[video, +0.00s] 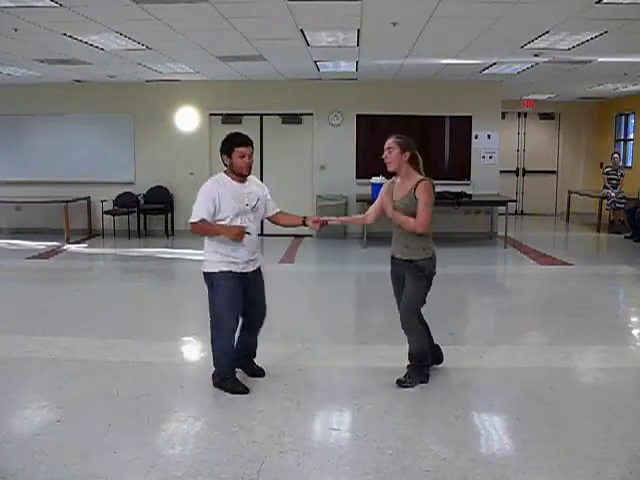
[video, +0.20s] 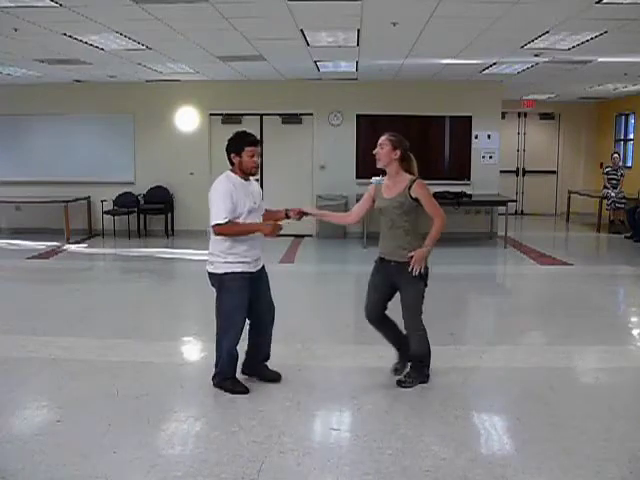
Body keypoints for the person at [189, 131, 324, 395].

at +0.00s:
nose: (248, 160)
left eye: (250, 155)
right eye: (242, 156)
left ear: (252, 157)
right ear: (226, 158)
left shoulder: (257, 187)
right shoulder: (212, 187)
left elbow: (275, 216)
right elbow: (197, 225)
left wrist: (306, 220)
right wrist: (225, 231)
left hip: (250, 266)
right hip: (221, 268)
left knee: (256, 314)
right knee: (225, 321)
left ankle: (244, 358)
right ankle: (223, 375)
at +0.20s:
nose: (256, 161)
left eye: (257, 156)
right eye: (251, 156)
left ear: (257, 157)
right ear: (234, 158)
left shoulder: (254, 185)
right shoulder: (223, 186)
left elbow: (258, 215)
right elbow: (220, 227)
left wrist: (286, 214)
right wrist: (260, 228)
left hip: (254, 267)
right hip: (229, 269)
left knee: (264, 316)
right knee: (231, 325)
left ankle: (255, 365)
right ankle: (224, 376)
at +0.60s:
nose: (270, 160)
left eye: (272, 155)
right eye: (263, 155)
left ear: (273, 157)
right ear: (248, 158)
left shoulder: (259, 185)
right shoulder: (242, 184)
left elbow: (262, 220)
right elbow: (259, 222)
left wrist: (285, 222)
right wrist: (294, 211)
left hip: (261, 264)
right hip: (247, 266)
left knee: (264, 318)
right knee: (264, 318)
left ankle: (260, 369)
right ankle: (232, 365)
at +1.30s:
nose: (253, 158)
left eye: (256, 154)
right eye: (247, 154)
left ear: (258, 156)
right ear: (232, 157)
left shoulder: (252, 185)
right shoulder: (226, 184)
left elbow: (264, 216)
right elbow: (233, 227)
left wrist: (281, 193)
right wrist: (274, 241)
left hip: (251, 266)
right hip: (228, 268)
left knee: (256, 320)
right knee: (230, 324)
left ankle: (259, 370)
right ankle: (213, 379)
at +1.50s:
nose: (235, 161)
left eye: (238, 156)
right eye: (229, 156)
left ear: (240, 157)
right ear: (214, 158)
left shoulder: (238, 186)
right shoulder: (203, 189)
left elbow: (246, 220)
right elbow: (200, 233)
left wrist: (267, 202)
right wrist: (237, 257)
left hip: (235, 271)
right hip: (210, 273)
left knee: (246, 321)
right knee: (208, 330)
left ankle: (257, 369)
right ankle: (203, 379)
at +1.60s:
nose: (227, 162)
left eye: (230, 156)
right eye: (220, 157)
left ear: (233, 157)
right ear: (206, 159)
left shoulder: (233, 188)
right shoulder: (194, 189)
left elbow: (240, 220)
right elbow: (182, 231)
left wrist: (267, 216)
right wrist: (216, 261)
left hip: (230, 271)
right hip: (203, 273)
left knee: (241, 322)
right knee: (203, 330)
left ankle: (254, 369)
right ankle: (203, 379)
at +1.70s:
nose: (220, 163)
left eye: (223, 157)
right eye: (214, 158)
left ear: (227, 158)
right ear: (199, 161)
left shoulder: (231, 188)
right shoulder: (186, 189)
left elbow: (247, 219)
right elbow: (167, 228)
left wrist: (276, 222)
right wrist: (195, 261)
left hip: (227, 272)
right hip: (196, 275)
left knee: (239, 320)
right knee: (199, 330)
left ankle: (243, 369)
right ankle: (203, 380)